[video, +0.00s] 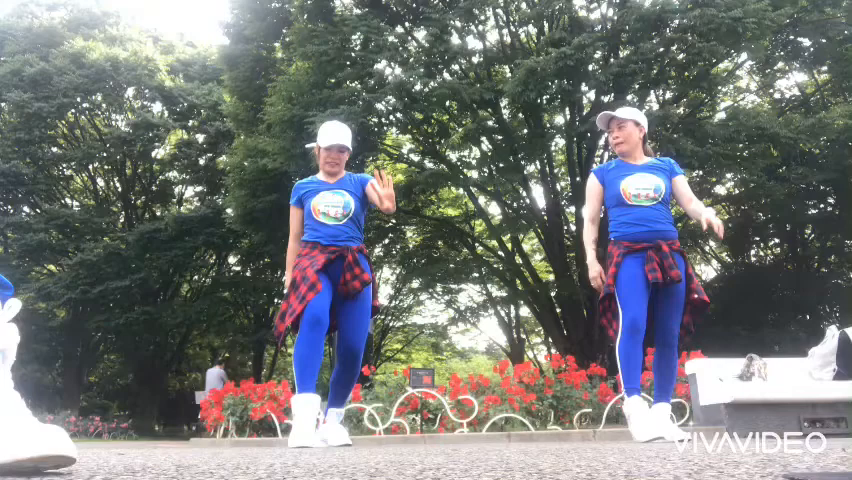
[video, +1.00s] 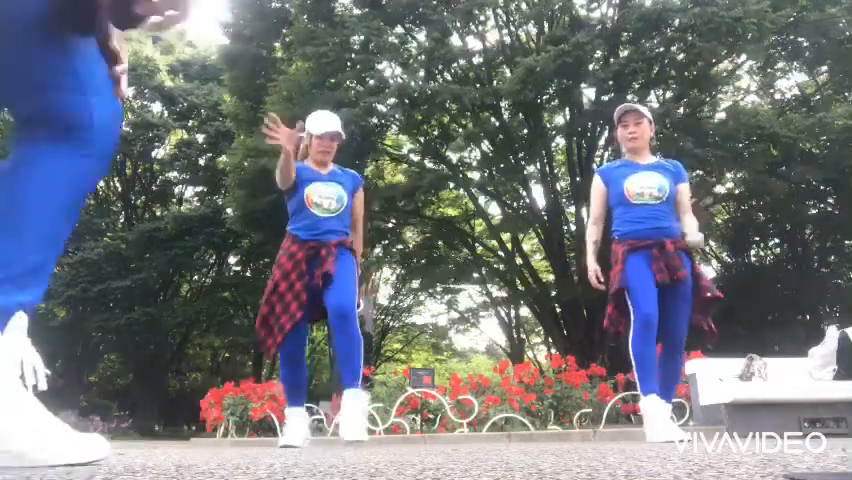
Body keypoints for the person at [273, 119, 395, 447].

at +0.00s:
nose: (333, 156)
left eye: (340, 150)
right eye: (328, 149)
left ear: (348, 154)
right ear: (317, 151)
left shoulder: (361, 182)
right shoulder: (303, 188)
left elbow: (385, 204)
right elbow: (294, 239)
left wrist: (387, 199)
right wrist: (290, 280)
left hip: (354, 264)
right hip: (314, 263)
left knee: (354, 345)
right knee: (315, 319)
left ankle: (333, 420)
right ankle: (303, 415)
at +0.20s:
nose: (330, 154)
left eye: (337, 148)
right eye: (324, 146)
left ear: (346, 154)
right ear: (312, 150)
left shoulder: (353, 181)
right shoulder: (300, 192)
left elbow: (367, 178)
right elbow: (295, 240)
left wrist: (381, 168)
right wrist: (290, 277)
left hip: (351, 264)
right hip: (310, 264)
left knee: (352, 347)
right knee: (307, 315)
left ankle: (332, 421)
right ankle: (301, 412)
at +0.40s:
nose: (332, 138)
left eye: (338, 132)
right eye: (325, 132)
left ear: (346, 136)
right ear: (314, 136)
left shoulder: (357, 166)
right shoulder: (301, 173)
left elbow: (373, 168)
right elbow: (291, 222)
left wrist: (388, 162)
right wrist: (280, 262)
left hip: (351, 255)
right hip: (310, 255)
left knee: (347, 336)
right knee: (311, 324)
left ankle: (332, 419)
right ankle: (302, 414)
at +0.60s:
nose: (331, 123)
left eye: (337, 117)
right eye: (324, 117)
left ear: (345, 121)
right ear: (313, 121)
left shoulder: (358, 151)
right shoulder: (300, 153)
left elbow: (386, 168)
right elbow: (274, 189)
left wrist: (407, 181)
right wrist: (262, 216)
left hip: (347, 246)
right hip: (308, 245)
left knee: (340, 328)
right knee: (304, 322)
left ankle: (337, 414)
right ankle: (299, 409)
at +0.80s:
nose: (325, 138)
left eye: (331, 132)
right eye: (319, 131)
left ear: (339, 135)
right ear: (307, 133)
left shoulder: (353, 170)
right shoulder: (294, 159)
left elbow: (376, 212)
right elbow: (258, 161)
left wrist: (393, 254)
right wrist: (252, 157)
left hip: (338, 253)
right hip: (298, 254)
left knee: (346, 316)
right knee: (298, 332)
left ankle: (341, 402)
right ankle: (296, 414)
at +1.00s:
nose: (327, 144)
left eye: (333, 138)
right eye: (321, 137)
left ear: (340, 143)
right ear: (308, 140)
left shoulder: (352, 180)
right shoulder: (296, 171)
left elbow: (357, 228)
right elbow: (284, 181)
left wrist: (355, 268)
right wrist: (288, 151)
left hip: (340, 253)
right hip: (299, 253)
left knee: (342, 310)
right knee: (293, 333)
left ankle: (353, 402)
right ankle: (295, 417)